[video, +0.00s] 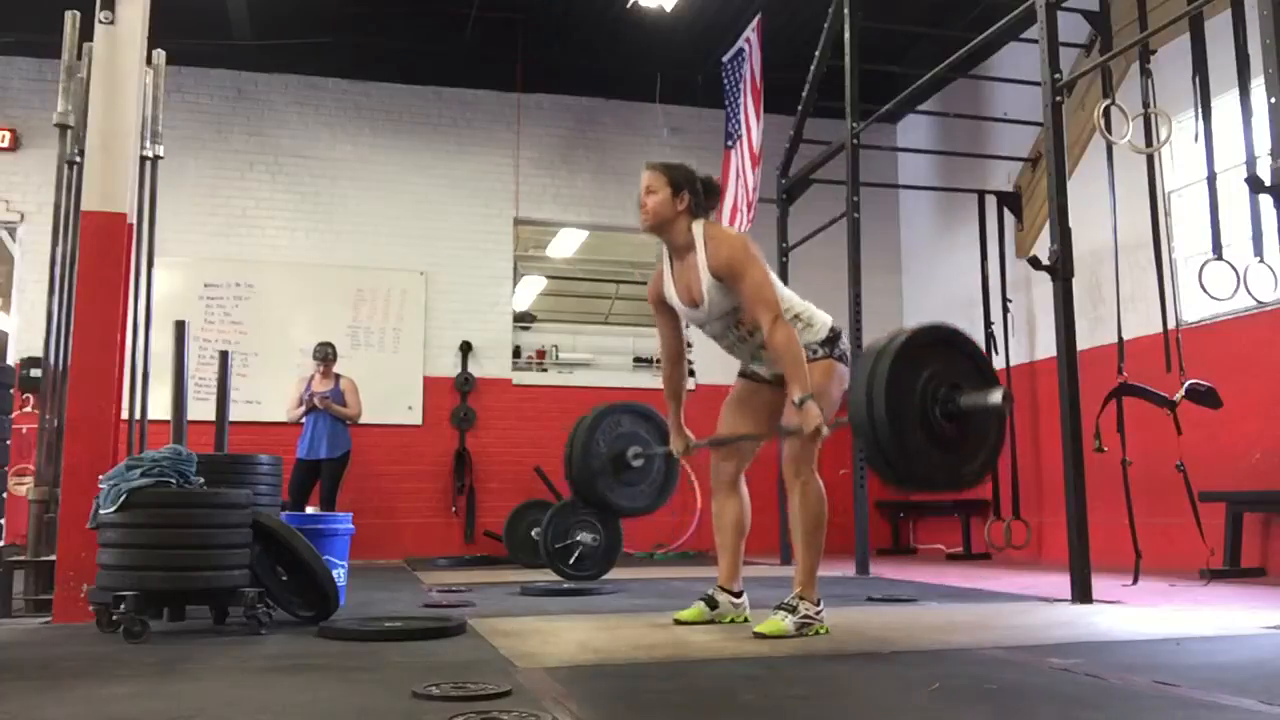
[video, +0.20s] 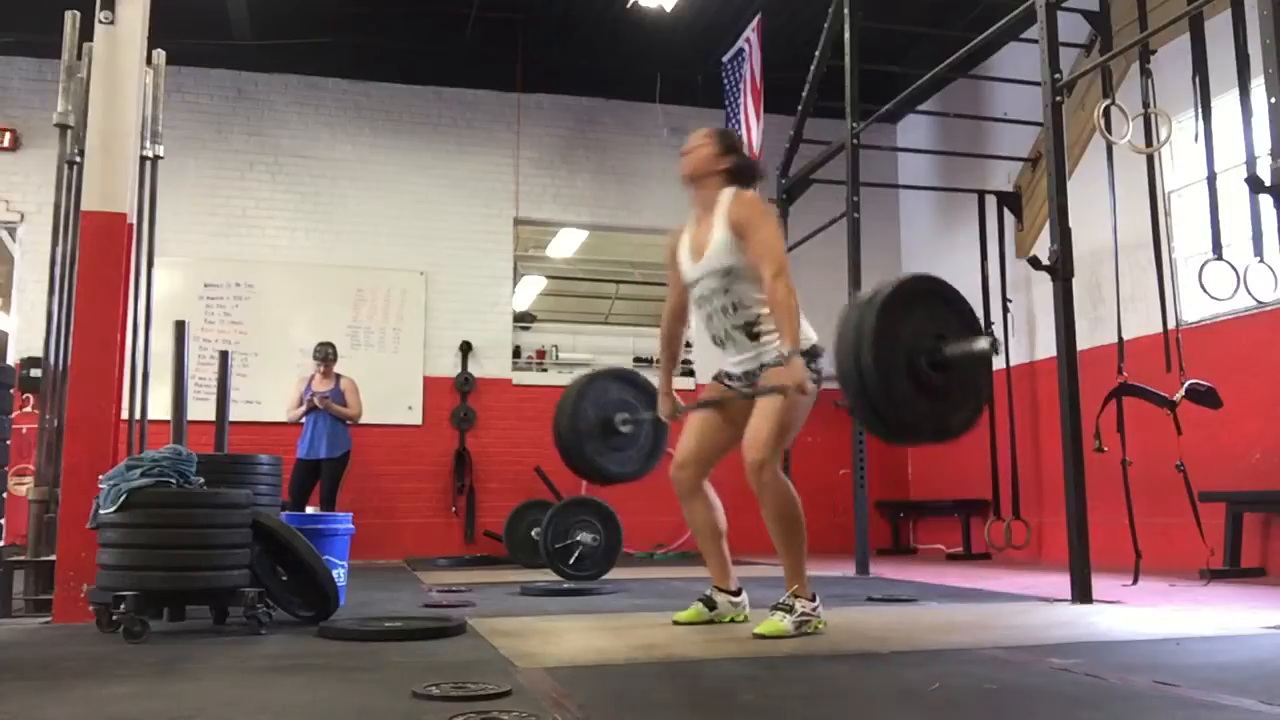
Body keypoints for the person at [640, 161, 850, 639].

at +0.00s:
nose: (641, 203)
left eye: (651, 193)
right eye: (641, 194)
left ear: (681, 200)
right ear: (664, 204)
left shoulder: (726, 247)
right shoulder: (661, 285)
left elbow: (774, 323)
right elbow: (672, 358)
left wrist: (802, 398)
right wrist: (676, 423)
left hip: (814, 347)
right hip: (761, 361)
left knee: (796, 466)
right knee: (724, 468)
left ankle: (806, 601)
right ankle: (728, 594)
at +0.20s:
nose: (683, 151)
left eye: (695, 144)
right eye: (685, 145)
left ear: (723, 159)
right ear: (697, 163)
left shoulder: (746, 206)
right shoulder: (683, 238)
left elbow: (777, 278)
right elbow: (675, 315)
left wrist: (791, 354)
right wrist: (665, 385)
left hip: (783, 360)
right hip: (732, 372)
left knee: (760, 461)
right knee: (685, 471)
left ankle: (801, 599)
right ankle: (726, 594)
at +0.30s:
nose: (733, 138)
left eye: (746, 133)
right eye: (736, 133)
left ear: (772, 151)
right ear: (739, 154)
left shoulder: (783, 199)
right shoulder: (717, 224)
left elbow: (792, 262)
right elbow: (686, 294)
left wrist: (780, 331)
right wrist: (656, 361)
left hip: (776, 355)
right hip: (726, 362)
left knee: (752, 459)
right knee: (680, 469)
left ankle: (798, 597)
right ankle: (723, 591)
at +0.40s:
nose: (766, 123)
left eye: (781, 119)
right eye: (768, 118)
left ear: (802, 141)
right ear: (763, 139)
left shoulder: (802, 178)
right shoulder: (736, 203)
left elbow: (796, 230)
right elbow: (690, 263)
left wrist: (775, 279)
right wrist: (650, 315)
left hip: (770, 323)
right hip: (719, 331)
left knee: (760, 441)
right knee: (695, 452)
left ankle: (796, 590)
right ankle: (717, 583)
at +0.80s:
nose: (724, 186)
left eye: (738, 181)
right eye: (724, 181)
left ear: (763, 203)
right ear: (722, 203)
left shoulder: (773, 254)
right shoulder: (696, 271)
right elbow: (638, 311)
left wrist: (767, 226)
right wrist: (645, 259)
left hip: (783, 397)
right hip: (726, 410)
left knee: (760, 475)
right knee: (637, 486)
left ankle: (826, 606)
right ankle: (682, 596)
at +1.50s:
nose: (731, 134)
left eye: (744, 127)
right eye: (730, 127)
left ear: (768, 146)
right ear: (726, 143)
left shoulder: (772, 196)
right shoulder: (696, 209)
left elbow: (737, 195)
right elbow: (635, 247)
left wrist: (773, 145)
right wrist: (646, 200)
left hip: (756, 342)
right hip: (705, 352)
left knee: (769, 458)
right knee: (671, 469)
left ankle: (820, 601)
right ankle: (684, 593)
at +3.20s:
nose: (744, 118)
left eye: (756, 113)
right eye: (744, 113)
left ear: (779, 134)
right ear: (740, 131)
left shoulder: (785, 183)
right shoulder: (713, 200)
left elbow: (818, 209)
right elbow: (663, 250)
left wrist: (810, 137)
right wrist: (652, 191)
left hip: (767, 333)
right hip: (714, 340)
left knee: (777, 460)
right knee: (709, 465)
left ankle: (803, 598)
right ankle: (721, 593)